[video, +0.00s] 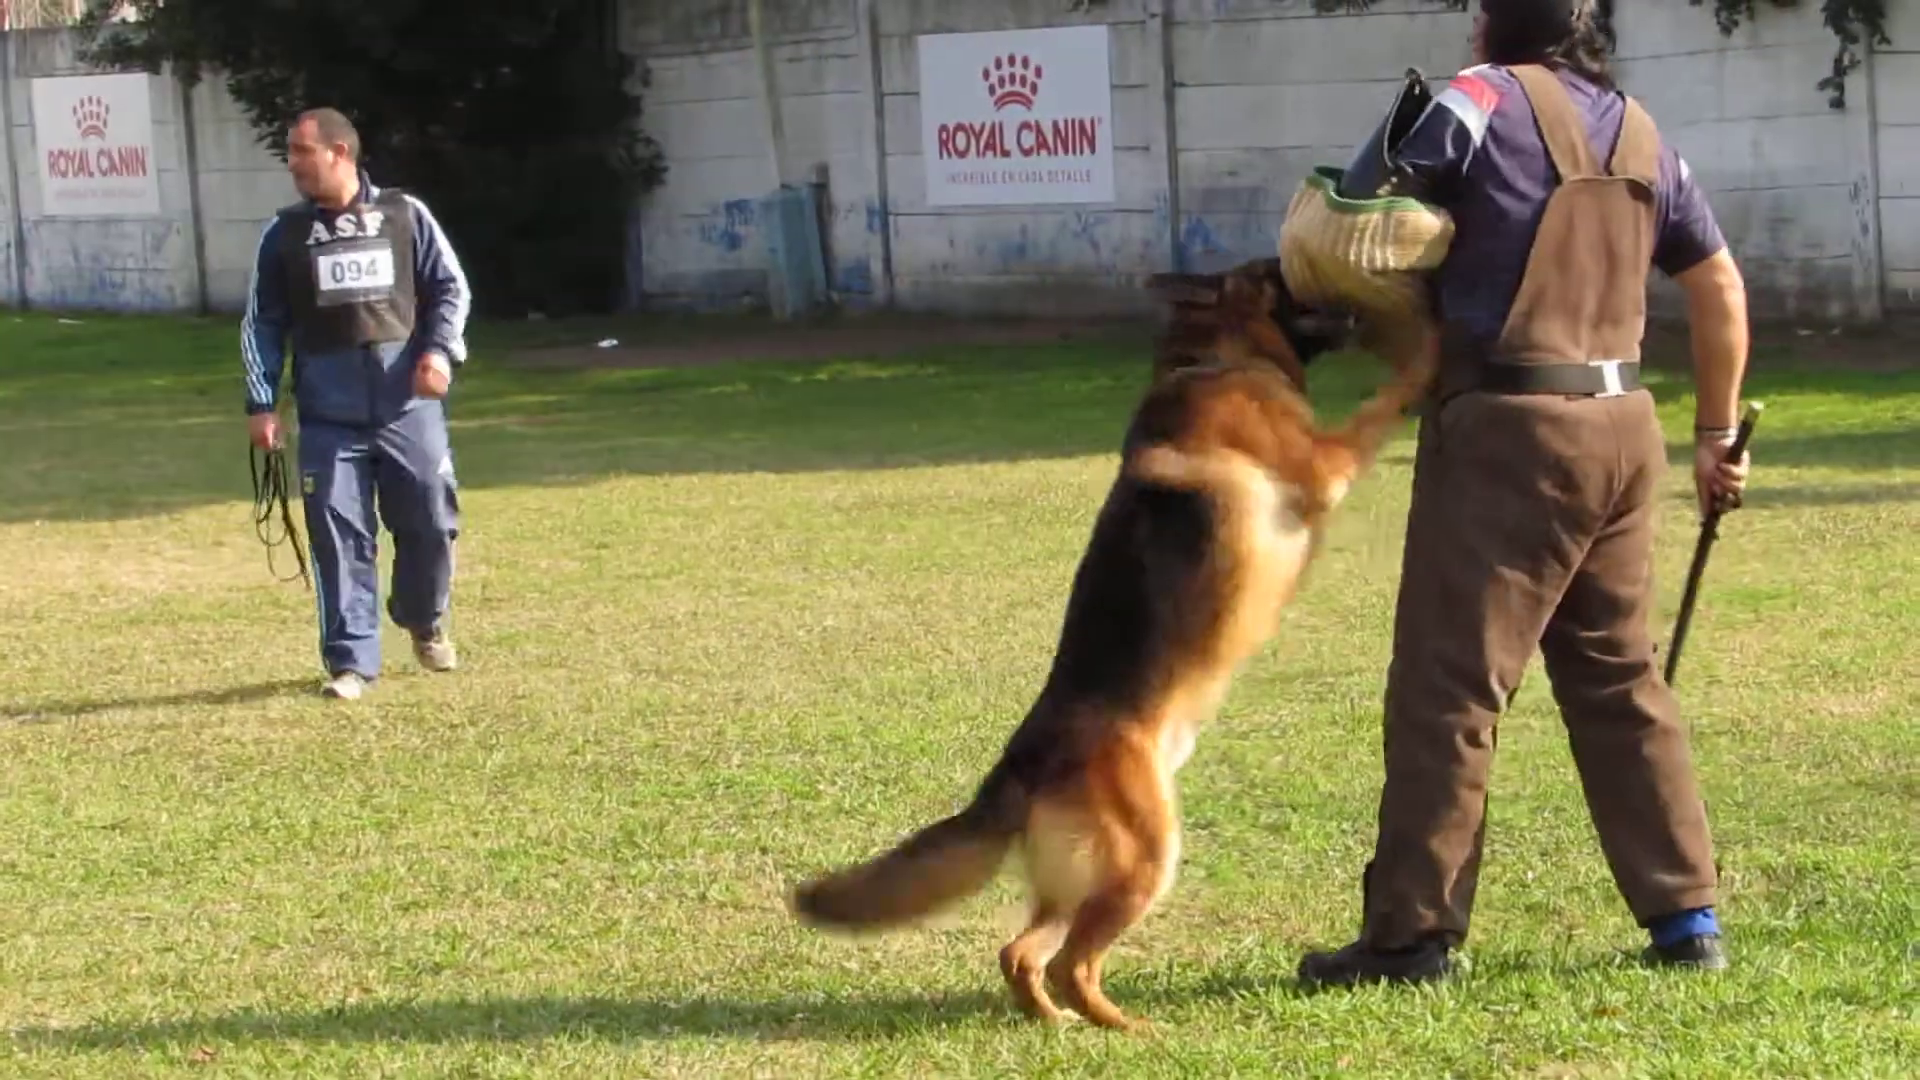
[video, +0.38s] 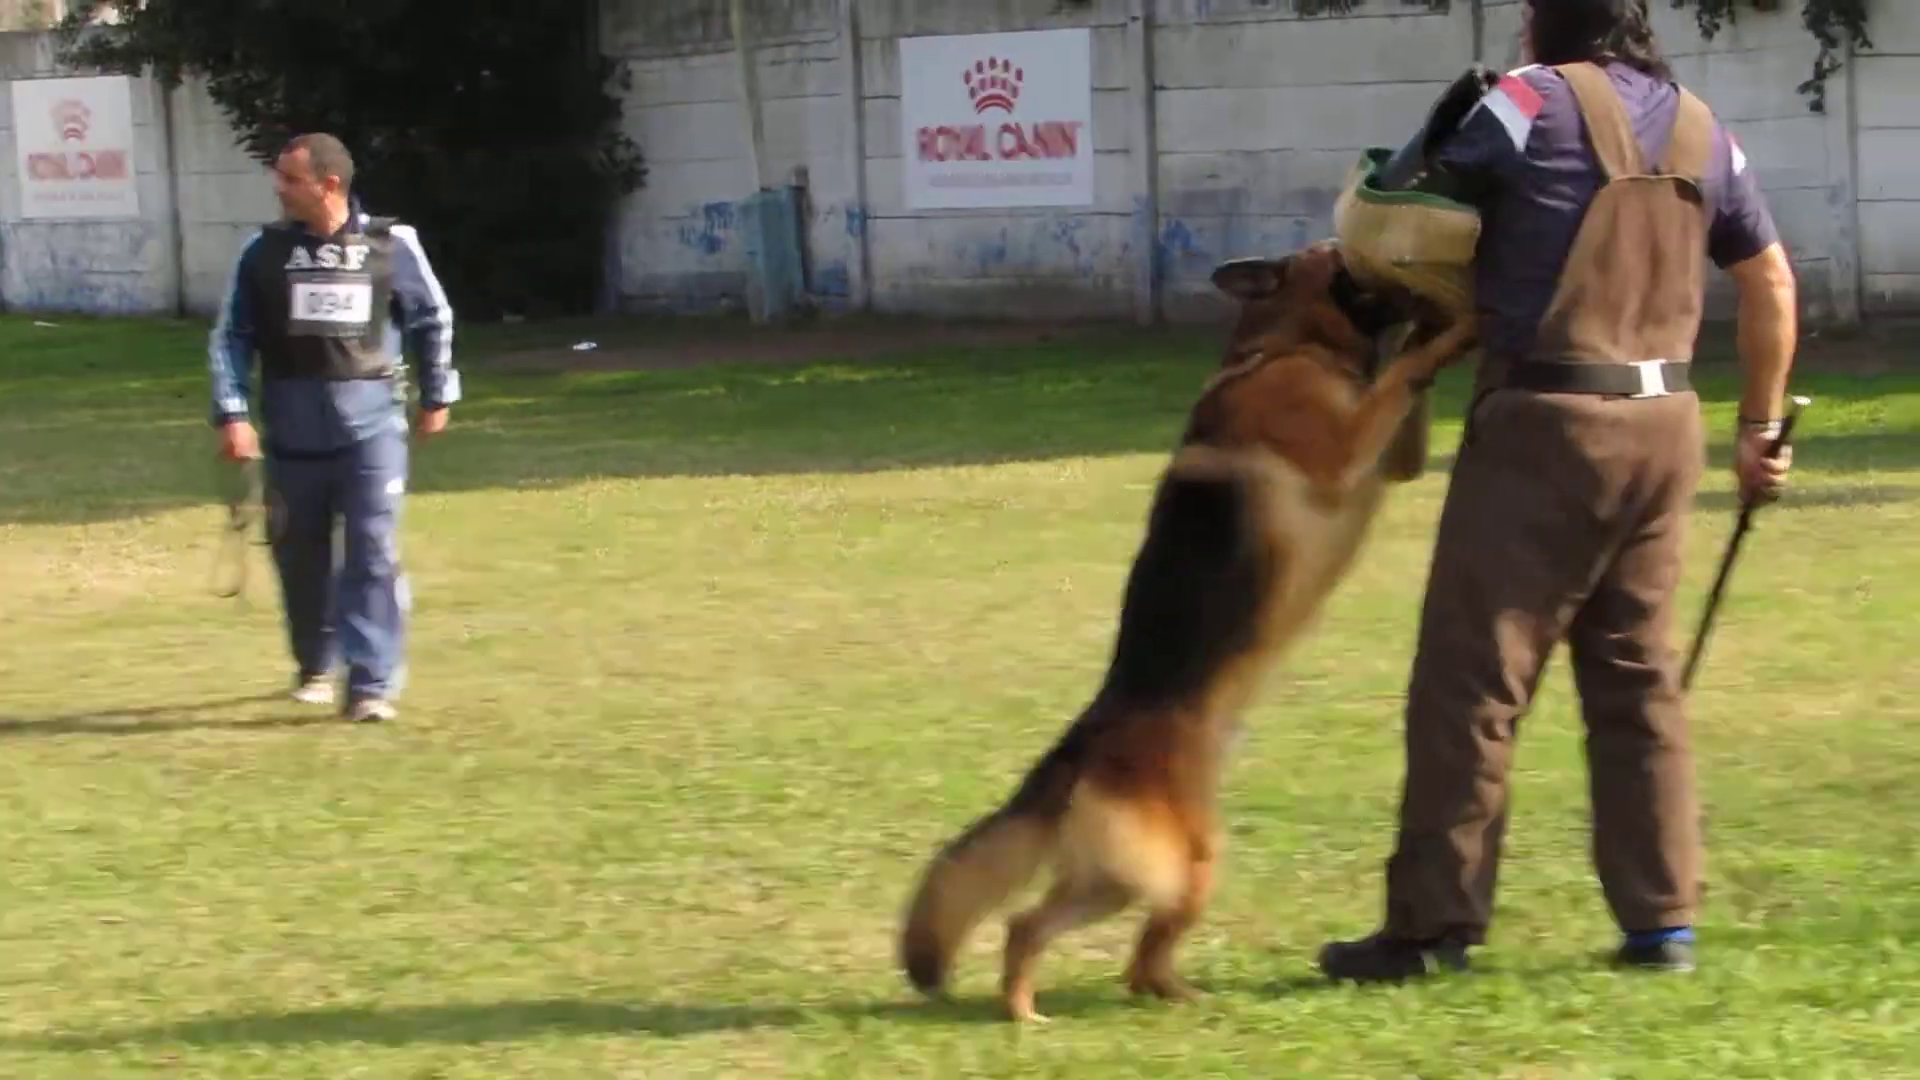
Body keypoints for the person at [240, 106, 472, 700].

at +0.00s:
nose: (292, 164)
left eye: (302, 153)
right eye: (289, 153)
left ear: (341, 154)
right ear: (296, 158)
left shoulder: (406, 216)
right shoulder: (284, 235)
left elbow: (449, 288)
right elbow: (262, 322)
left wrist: (440, 351)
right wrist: (261, 401)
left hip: (408, 395)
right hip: (328, 405)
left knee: (431, 513)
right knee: (334, 523)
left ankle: (425, 617)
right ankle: (351, 662)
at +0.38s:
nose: (279, 186)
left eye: (290, 179)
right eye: (280, 177)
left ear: (330, 186)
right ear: (309, 186)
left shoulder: (391, 246)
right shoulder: (265, 252)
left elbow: (432, 317)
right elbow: (230, 336)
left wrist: (437, 392)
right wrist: (231, 412)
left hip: (370, 419)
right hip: (292, 422)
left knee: (372, 550)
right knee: (297, 548)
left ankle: (371, 681)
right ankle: (317, 665)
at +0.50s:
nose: (189, 185)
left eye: (200, 175)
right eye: (190, 173)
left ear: (240, 185)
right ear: (226, 184)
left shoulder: (299, 256)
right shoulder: (171, 252)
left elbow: (331, 345)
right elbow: (135, 337)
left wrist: (339, 429)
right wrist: (127, 416)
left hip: (271, 435)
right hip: (191, 436)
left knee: (271, 564)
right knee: (184, 563)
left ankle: (268, 690)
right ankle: (201, 652)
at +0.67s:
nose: (168, 172)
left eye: (182, 162)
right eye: (166, 161)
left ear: (221, 169)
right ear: (169, 167)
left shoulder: (273, 240)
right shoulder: (142, 241)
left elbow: (306, 318)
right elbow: (105, 325)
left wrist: (281, 379)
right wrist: (96, 404)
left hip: (246, 433)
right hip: (163, 433)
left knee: (245, 568)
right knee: (159, 564)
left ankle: (244, 693)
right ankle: (162, 701)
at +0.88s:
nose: (164, 189)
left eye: (172, 178)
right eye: (150, 179)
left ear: (187, 184)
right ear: (125, 189)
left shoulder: (229, 250)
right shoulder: (97, 269)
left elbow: (279, 310)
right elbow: (62, 347)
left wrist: (242, 329)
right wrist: (48, 417)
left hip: (214, 450)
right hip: (131, 453)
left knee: (211, 578)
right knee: (115, 569)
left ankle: (207, 701)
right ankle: (106, 714)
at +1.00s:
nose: (124, 209)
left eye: (132, 196)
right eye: (109, 198)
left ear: (146, 201)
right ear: (82, 206)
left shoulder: (191, 263)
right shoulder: (55, 290)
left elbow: (243, 321)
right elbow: (26, 367)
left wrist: (227, 382)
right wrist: (21, 426)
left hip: (182, 470)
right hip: (96, 476)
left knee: (191, 579)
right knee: (76, 586)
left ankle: (187, 692)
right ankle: (84, 727)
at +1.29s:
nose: (120, 232)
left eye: (127, 219)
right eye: (105, 221)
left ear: (138, 222)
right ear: (71, 226)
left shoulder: (159, 275)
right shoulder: (31, 288)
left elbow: (174, 341)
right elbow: (2, 369)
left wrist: (174, 409)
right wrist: (11, 442)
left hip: (136, 456)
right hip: (54, 461)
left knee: (153, 595)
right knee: (39, 607)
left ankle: (111, 740)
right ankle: (21, 713)